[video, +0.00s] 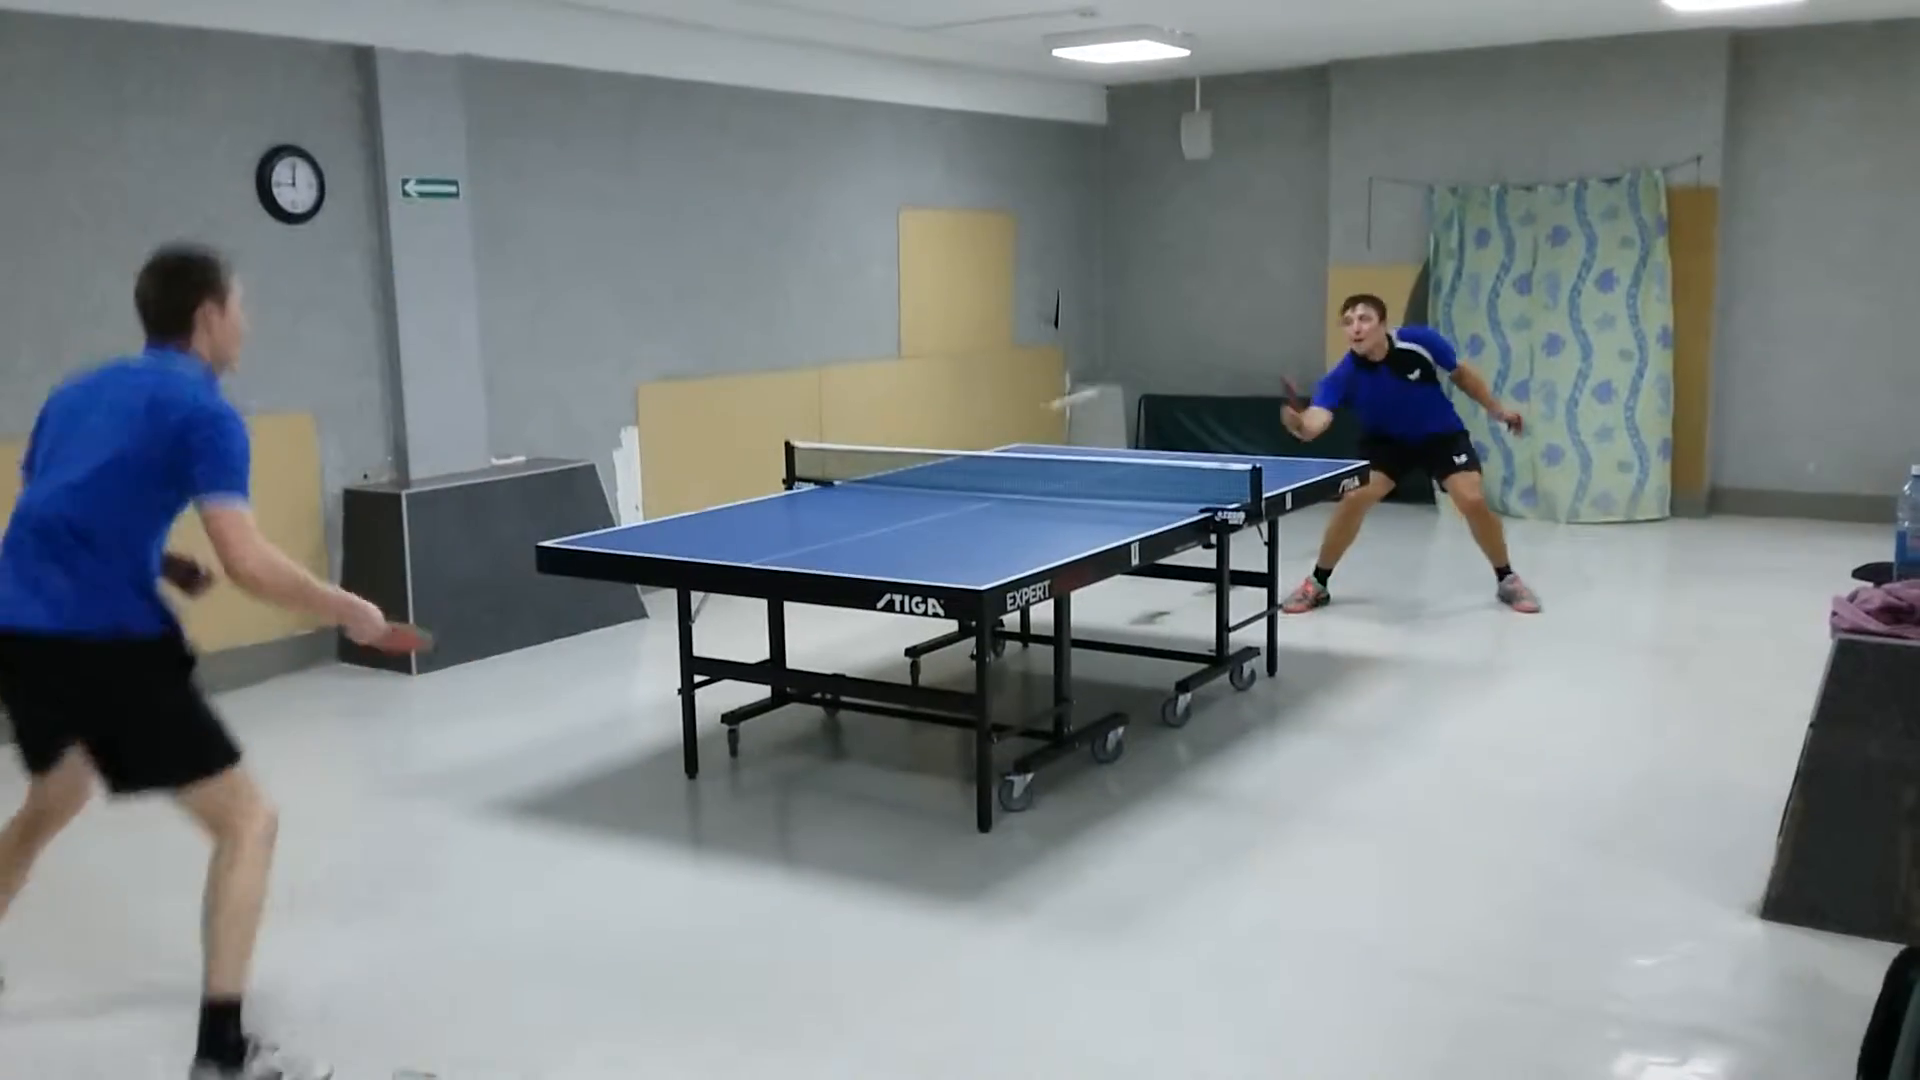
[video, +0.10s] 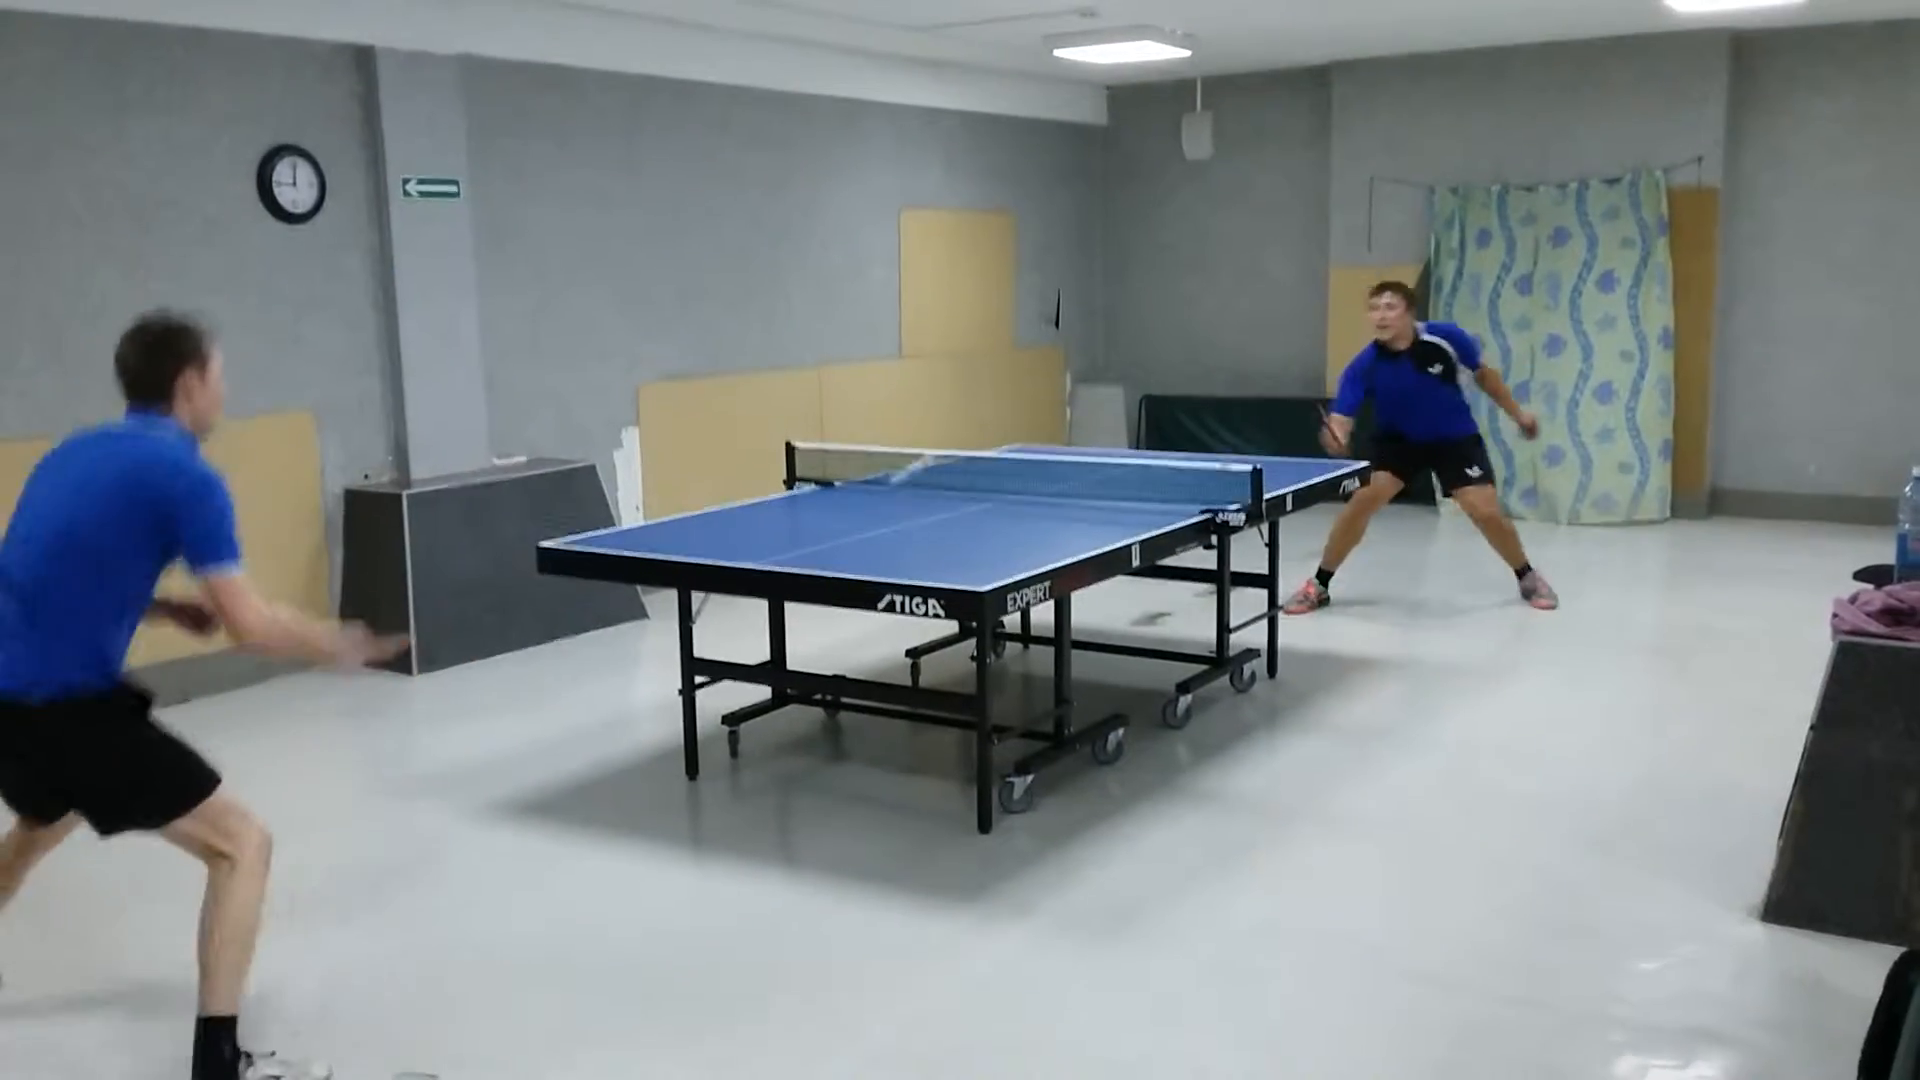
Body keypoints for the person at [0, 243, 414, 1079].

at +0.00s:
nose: (241, 324)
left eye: (236, 307)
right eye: (234, 308)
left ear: (156, 319)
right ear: (206, 316)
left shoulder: (76, 391)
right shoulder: (203, 408)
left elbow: (50, 509)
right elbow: (244, 560)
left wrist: (158, 559)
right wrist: (349, 609)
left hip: (20, 628)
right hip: (108, 638)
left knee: (60, 791)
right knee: (246, 820)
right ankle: (222, 1044)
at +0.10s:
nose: (221, 390)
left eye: (217, 374)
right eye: (215, 375)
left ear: (137, 386)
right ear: (188, 383)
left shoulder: (75, 452)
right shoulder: (183, 475)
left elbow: (62, 567)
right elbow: (251, 623)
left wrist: (166, 608)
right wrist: (343, 643)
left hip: (3, 700)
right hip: (70, 709)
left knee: (47, 818)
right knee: (241, 842)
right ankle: (219, 1058)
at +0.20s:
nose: (187, 422)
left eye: (184, 406)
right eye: (181, 407)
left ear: (104, 418)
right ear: (152, 414)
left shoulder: (36, 478)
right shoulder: (154, 499)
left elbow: (44, 593)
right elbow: (218, 649)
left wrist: (143, 629)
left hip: (1, 713)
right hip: (49, 719)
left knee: (22, 823)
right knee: (223, 851)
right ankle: (216, 1057)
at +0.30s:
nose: (150, 423)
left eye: (146, 407)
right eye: (144, 408)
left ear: (69, 416)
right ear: (115, 413)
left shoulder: (12, 472)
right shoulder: (122, 493)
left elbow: (16, 575)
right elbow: (211, 626)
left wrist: (75, 632)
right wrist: (193, 704)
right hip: (30, 709)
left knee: (14, 807)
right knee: (179, 853)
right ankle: (212, 1061)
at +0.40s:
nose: (123, 417)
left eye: (121, 401)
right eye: (117, 402)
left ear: (44, 410)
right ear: (89, 407)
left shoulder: (7, 462)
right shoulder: (103, 478)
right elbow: (256, 578)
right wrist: (243, 615)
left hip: (10, 695)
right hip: (10, 698)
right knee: (109, 862)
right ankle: (197, 1059)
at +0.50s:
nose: (110, 423)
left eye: (104, 409)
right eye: (103, 409)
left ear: (28, 421)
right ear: (79, 414)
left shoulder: (7, 469)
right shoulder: (102, 481)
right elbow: (268, 513)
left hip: (2, 710)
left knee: (46, 857)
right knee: (55, 858)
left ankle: (146, 1055)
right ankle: (150, 1059)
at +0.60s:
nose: (102, 409)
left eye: (98, 396)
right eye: (96, 396)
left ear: (17, 408)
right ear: (76, 402)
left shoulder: (8, 452)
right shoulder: (91, 461)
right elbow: (265, 465)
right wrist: (379, 432)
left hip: (8, 688)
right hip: (4, 689)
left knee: (40, 854)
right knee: (47, 860)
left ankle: (125, 1048)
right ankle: (130, 1057)